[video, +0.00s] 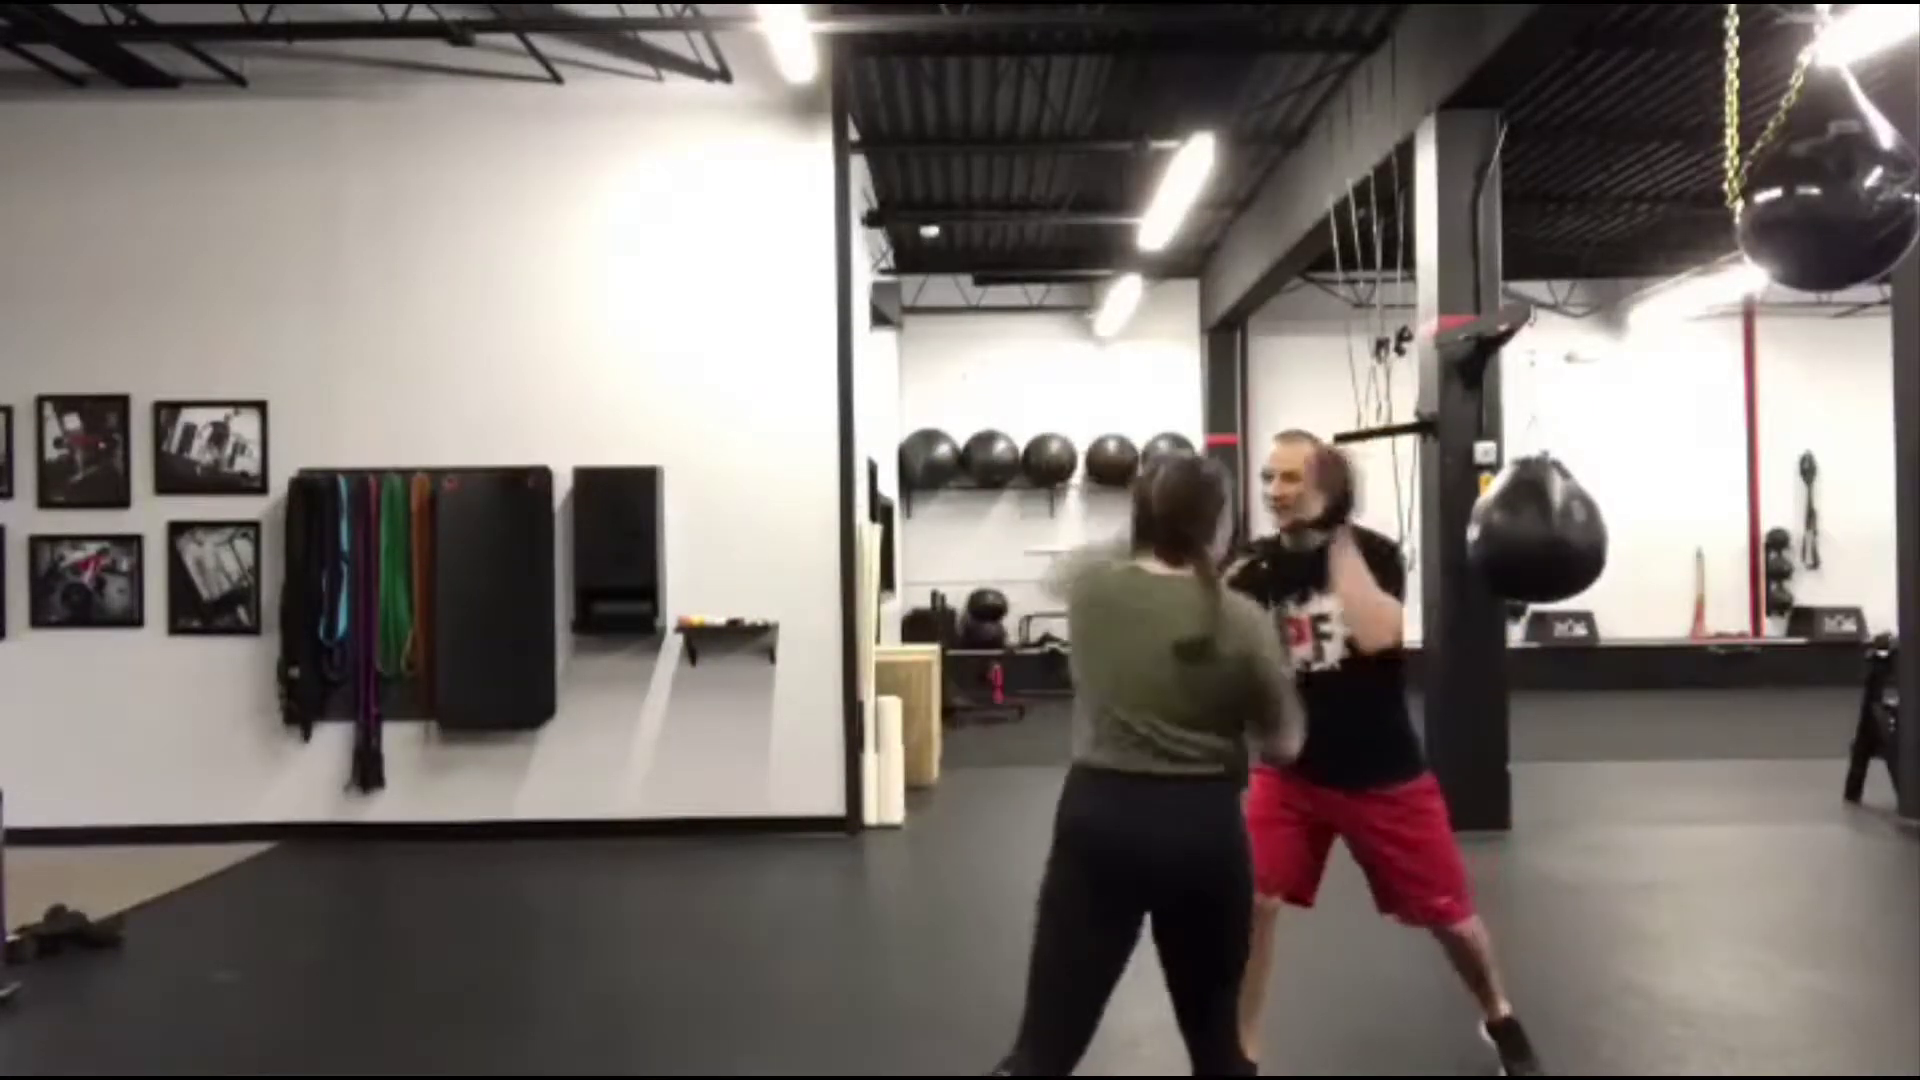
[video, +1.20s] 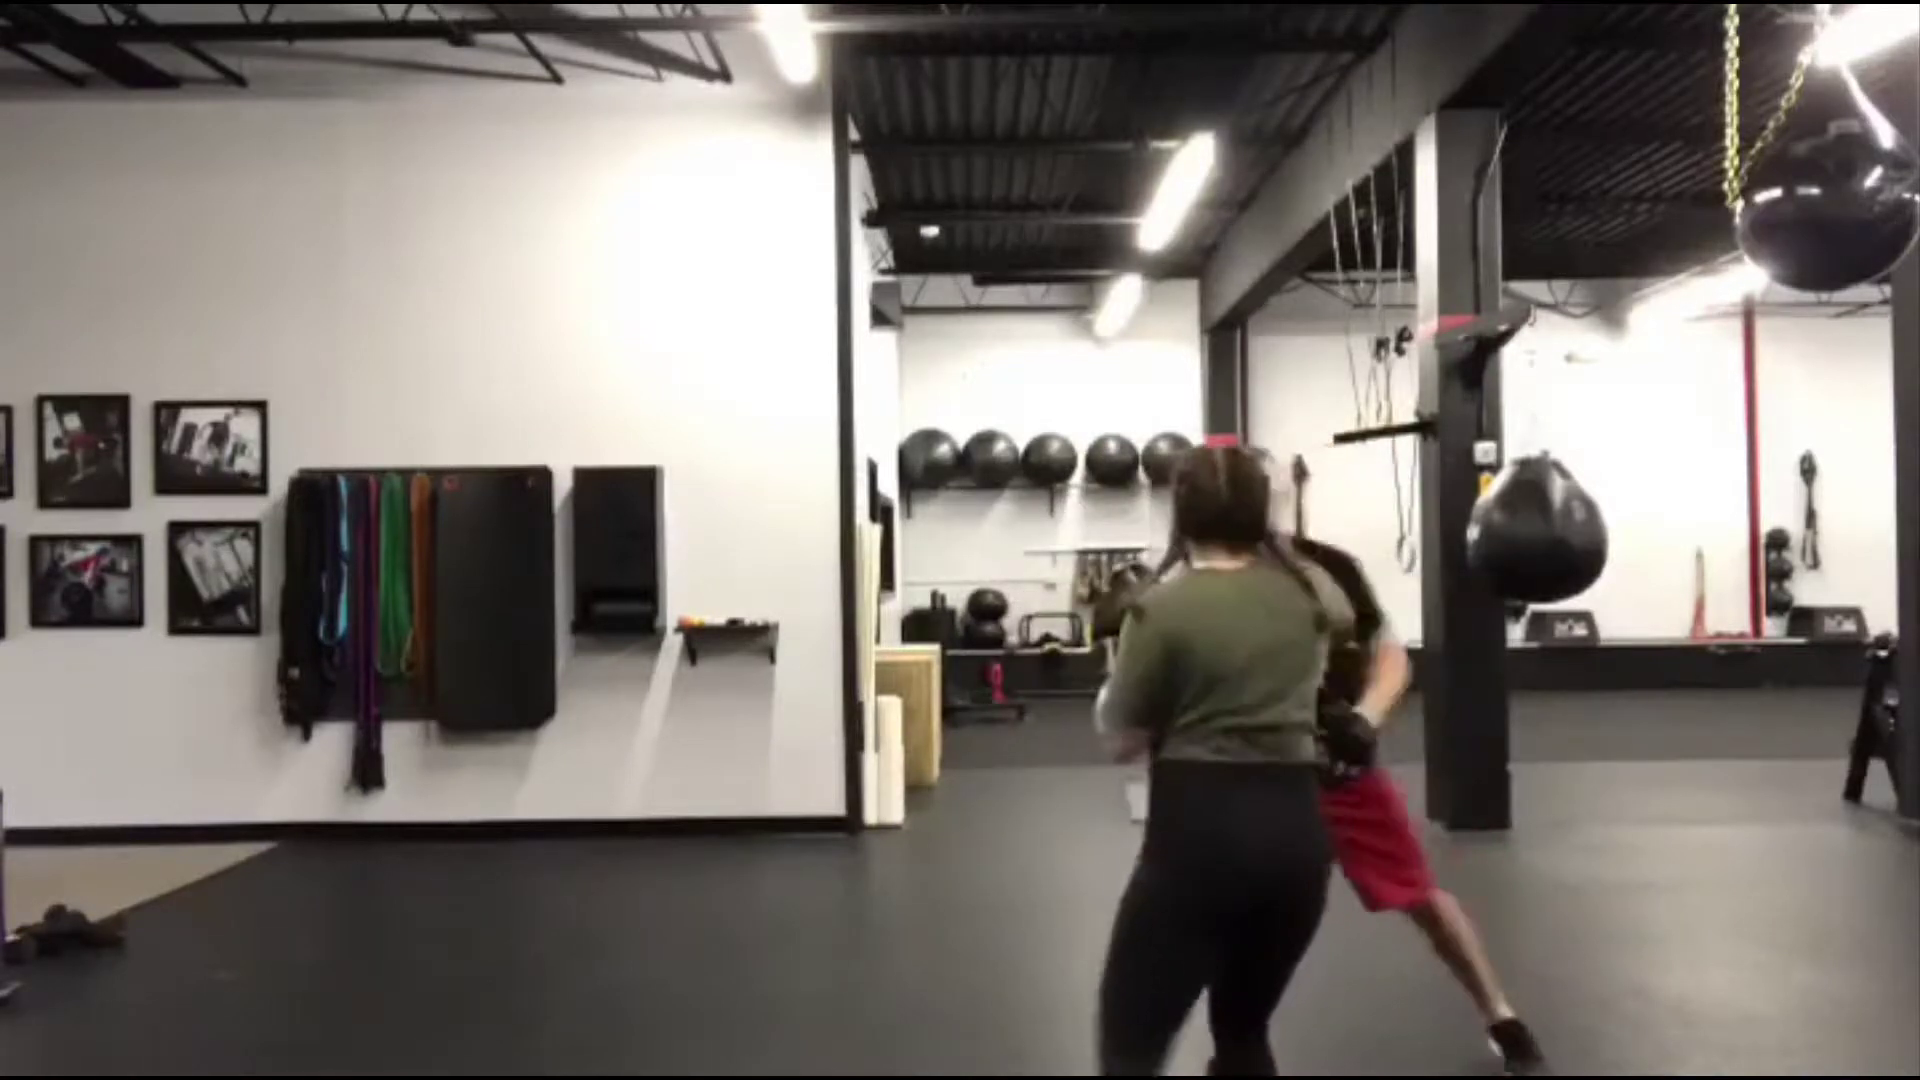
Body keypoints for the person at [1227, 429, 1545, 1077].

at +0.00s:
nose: (1277, 490)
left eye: (1292, 479)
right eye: (1270, 479)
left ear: (1329, 487)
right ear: (1262, 487)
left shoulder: (1373, 555)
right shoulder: (1254, 567)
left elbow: (1379, 634)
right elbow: (1211, 642)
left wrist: (1337, 541)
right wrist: (1228, 586)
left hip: (1386, 779)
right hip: (1284, 776)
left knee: (1456, 924)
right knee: (1253, 905)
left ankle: (1500, 1020)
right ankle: (1242, 1051)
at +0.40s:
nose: (1363, 505)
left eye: (1376, 492)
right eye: (1352, 493)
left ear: (1403, 493)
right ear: (1339, 496)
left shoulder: (1424, 562)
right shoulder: (1312, 560)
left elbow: (1457, 663)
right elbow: (1242, 591)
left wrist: (1429, 582)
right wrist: (1239, 588)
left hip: (1406, 769)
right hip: (1320, 775)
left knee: (1480, 895)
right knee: (1298, 917)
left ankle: (1494, 1028)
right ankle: (1227, 1051)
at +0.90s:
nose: (1301, 494)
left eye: (1314, 481)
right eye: (1290, 483)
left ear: (1340, 483)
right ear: (1277, 489)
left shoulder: (1386, 553)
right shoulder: (1261, 565)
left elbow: (1412, 644)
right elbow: (1231, 655)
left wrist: (1347, 576)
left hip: (1400, 773)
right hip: (1300, 772)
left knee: (1465, 915)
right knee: (1253, 908)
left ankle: (1512, 1021)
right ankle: (1237, 1047)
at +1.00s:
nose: (1301, 501)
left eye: (1314, 487)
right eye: (1289, 489)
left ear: (1342, 490)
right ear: (1278, 496)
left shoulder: (1391, 561)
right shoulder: (1266, 568)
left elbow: (1435, 665)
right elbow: (1234, 649)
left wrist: (1360, 660)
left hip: (1405, 778)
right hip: (1311, 778)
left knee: (1469, 914)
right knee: (1264, 914)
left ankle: (1514, 1022)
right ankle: (1235, 1047)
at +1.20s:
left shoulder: (1327, 569)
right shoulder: (1198, 585)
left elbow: (1391, 657)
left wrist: (1361, 720)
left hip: (1338, 765)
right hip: (1252, 778)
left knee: (1420, 896)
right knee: (1245, 915)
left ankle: (1500, 1018)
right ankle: (1236, 1045)